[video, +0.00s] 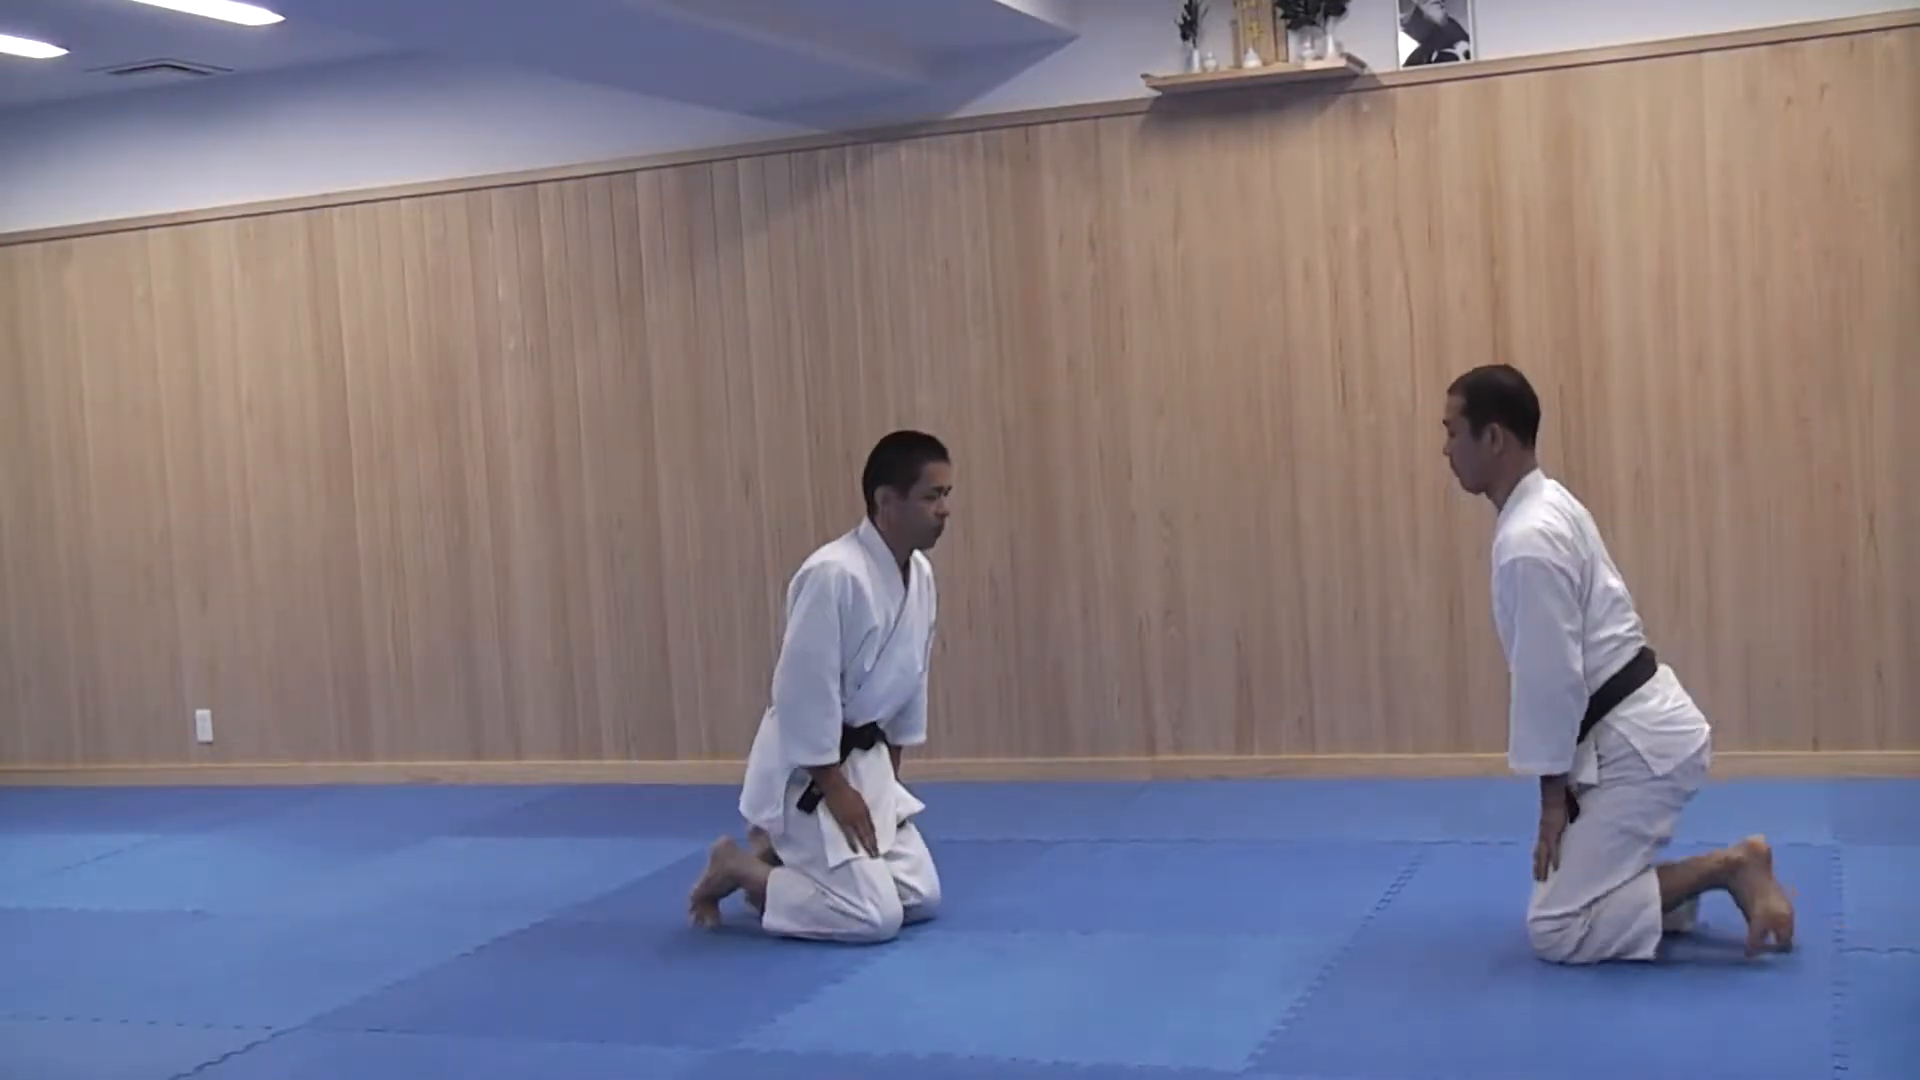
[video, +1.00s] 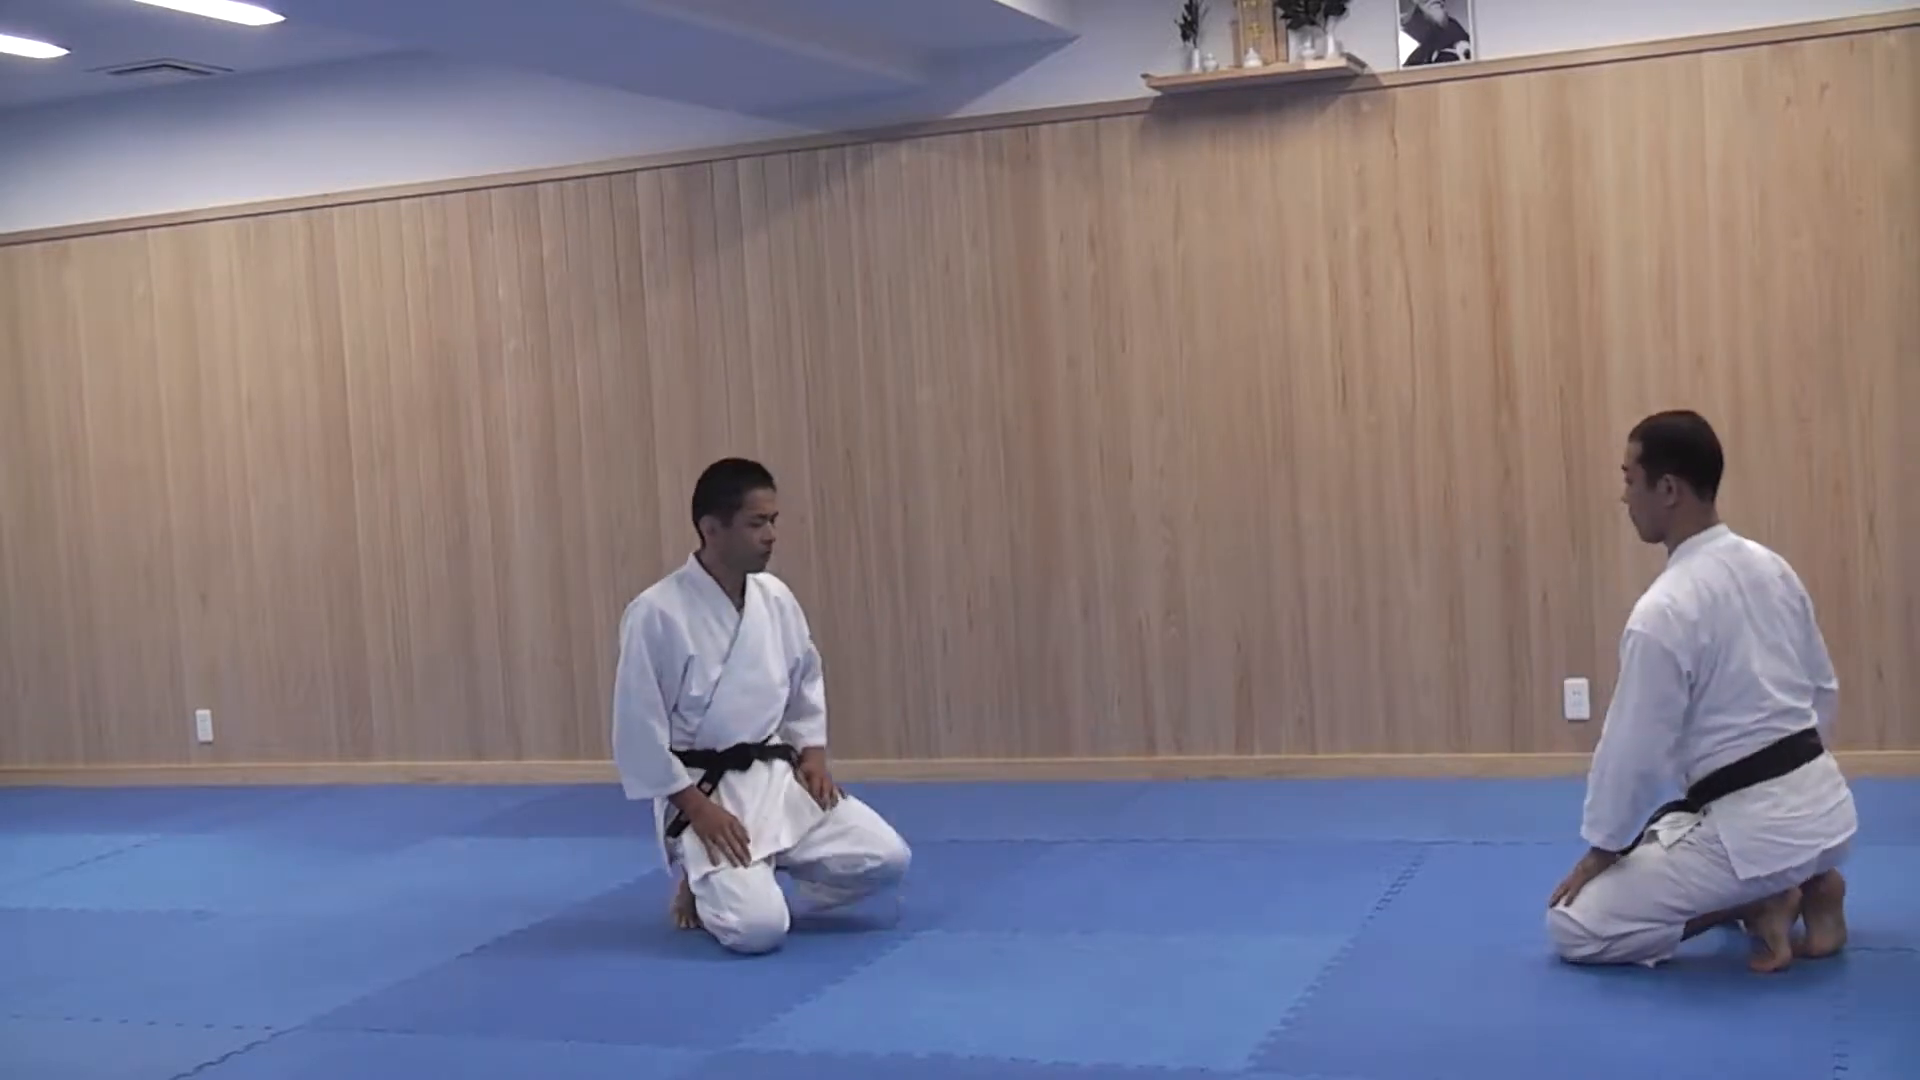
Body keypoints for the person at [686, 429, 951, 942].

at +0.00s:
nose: (946, 510)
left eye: (947, 496)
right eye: (933, 496)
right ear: (885, 502)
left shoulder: (919, 572)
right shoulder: (833, 574)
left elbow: (908, 687)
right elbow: (804, 695)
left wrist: (888, 780)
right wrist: (835, 787)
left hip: (867, 765)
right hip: (802, 775)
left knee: (918, 894)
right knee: (874, 917)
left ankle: (777, 857)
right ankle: (737, 868)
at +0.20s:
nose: (932, 534)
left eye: (934, 519)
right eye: (919, 520)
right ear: (872, 523)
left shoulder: (904, 593)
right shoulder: (817, 591)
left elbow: (895, 709)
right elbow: (777, 707)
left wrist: (871, 794)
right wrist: (817, 795)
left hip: (850, 779)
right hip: (781, 791)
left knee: (918, 895)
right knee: (871, 916)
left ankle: (772, 883)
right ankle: (737, 869)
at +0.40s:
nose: (893, 552)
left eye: (896, 538)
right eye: (880, 539)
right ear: (832, 539)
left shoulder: (875, 613)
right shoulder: (775, 606)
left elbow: (876, 721)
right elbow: (730, 720)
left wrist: (854, 807)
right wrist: (782, 801)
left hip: (833, 797)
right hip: (759, 801)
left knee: (915, 894)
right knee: (850, 916)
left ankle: (763, 885)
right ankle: (725, 873)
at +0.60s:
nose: (841, 551)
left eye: (845, 537)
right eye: (828, 539)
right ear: (781, 540)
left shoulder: (835, 615)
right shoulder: (722, 613)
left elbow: (854, 708)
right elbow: (680, 729)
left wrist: (843, 786)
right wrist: (733, 805)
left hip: (808, 798)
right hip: (731, 800)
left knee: (909, 894)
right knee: (783, 927)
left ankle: (772, 880)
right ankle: (711, 875)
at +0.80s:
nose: (793, 548)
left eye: (795, 534)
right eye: (779, 535)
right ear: (732, 539)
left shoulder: (795, 612)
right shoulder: (675, 619)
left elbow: (822, 704)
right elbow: (641, 736)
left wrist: (822, 784)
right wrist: (700, 807)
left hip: (783, 795)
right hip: (706, 801)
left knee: (895, 894)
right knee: (759, 928)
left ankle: (761, 883)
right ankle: (696, 881)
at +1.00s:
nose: (772, 536)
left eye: (774, 521)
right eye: (758, 524)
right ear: (711, 529)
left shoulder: (775, 597)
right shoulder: (656, 613)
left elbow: (805, 680)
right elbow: (638, 733)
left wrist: (813, 751)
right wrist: (695, 804)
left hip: (777, 777)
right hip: (705, 793)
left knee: (884, 859)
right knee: (762, 929)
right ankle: (698, 887)